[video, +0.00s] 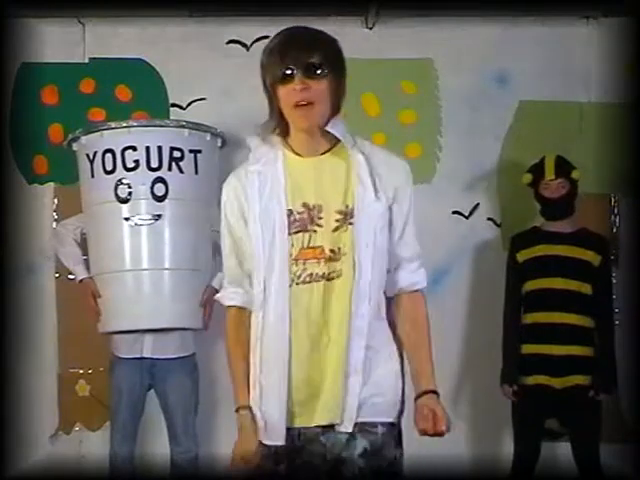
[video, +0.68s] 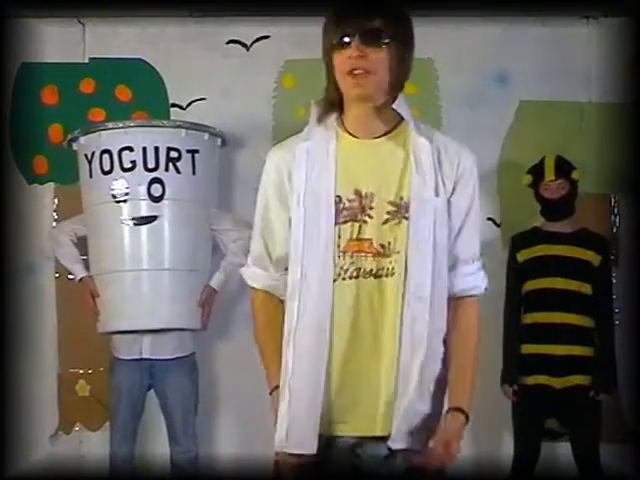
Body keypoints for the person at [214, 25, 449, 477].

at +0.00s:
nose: (301, 87)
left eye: (314, 72)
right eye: (286, 76)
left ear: (338, 84)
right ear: (273, 91)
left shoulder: (387, 173)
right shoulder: (243, 187)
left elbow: (407, 289)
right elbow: (237, 303)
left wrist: (426, 390)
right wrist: (244, 412)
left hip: (369, 414)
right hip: (281, 416)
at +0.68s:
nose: (356, 53)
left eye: (375, 39)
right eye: (343, 41)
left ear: (403, 55)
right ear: (328, 58)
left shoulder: (451, 163)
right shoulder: (288, 162)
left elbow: (464, 293)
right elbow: (266, 285)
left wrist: (456, 411)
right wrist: (280, 393)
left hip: (410, 429)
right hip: (310, 425)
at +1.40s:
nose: (298, 67)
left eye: (313, 48)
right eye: (294, 54)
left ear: (359, 50)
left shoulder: (443, 164)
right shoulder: (306, 161)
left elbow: (460, 311)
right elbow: (291, 292)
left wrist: (425, 435)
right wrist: (265, 402)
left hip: (389, 435)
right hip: (306, 423)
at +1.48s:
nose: (284, 71)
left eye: (294, 54)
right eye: (286, 57)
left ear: (337, 54)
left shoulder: (430, 156)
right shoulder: (312, 157)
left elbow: (455, 306)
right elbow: (302, 286)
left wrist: (414, 432)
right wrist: (253, 359)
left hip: (387, 440)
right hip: (307, 428)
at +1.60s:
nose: (293, 78)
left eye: (298, 63)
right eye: (295, 64)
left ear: (323, 64)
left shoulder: (413, 147)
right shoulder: (319, 152)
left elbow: (445, 289)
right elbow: (308, 270)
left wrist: (413, 420)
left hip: (384, 432)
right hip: (312, 419)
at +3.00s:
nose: (292, 102)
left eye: (303, 89)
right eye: (291, 92)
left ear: (340, 95)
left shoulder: (387, 171)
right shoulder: (318, 185)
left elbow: (414, 280)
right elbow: (288, 270)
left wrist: (396, 396)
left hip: (380, 414)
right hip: (322, 410)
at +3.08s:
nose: (303, 102)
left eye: (316, 87)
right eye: (296, 93)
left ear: (351, 95)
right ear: (292, 107)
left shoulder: (397, 172)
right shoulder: (306, 191)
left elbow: (424, 284)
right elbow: (284, 291)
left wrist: (382, 383)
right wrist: (250, 368)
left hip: (391, 410)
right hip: (322, 412)